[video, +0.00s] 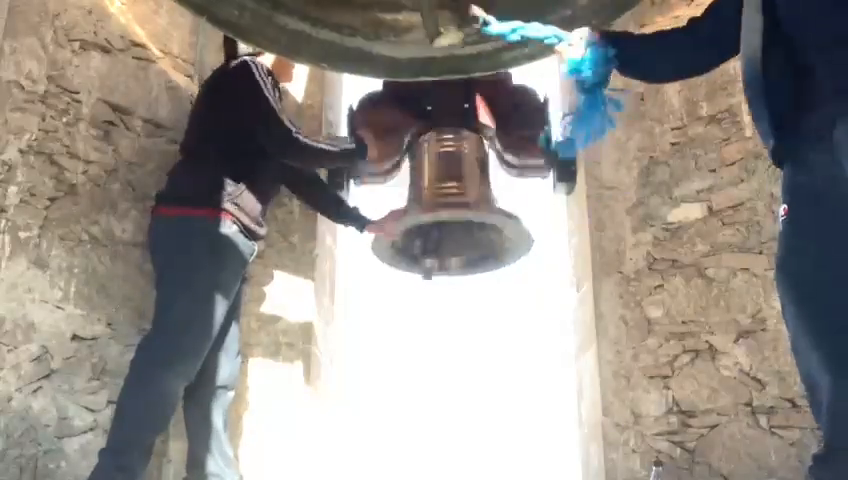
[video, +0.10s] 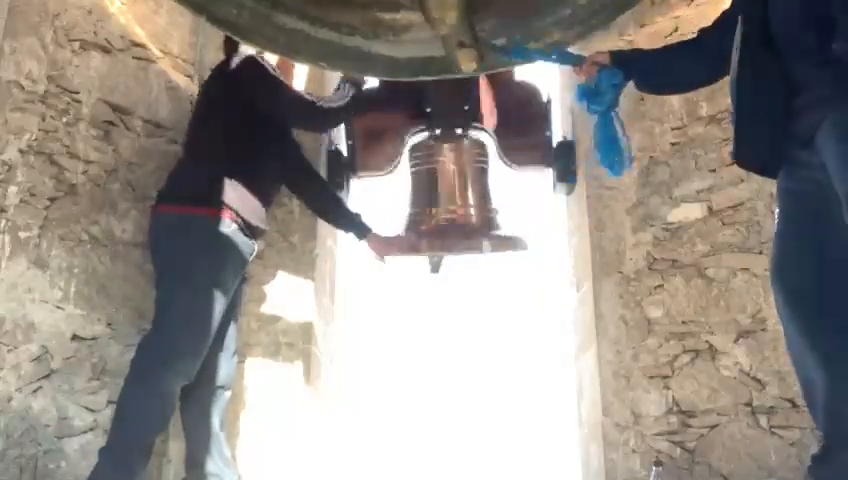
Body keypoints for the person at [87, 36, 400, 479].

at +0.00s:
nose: (303, 64)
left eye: (305, 55)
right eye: (299, 52)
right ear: (276, 46)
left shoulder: (269, 109)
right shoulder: (247, 71)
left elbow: (304, 181)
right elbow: (287, 146)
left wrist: (366, 223)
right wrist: (362, 148)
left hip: (229, 241)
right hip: (202, 229)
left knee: (217, 379)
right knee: (171, 361)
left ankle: (215, 472)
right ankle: (118, 470)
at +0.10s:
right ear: (268, 50)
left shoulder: (265, 123)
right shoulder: (246, 70)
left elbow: (305, 180)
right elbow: (313, 115)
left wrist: (366, 232)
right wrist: (374, 95)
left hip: (232, 243)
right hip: (202, 226)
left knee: (214, 379)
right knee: (174, 360)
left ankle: (213, 471)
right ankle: (117, 470)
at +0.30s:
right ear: (266, 37)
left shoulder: (266, 95)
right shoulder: (249, 68)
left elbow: (279, 183)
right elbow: (329, 71)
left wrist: (318, 251)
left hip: (239, 243)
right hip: (208, 229)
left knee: (216, 382)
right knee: (176, 360)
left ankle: (213, 471)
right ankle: (118, 471)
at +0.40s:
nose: (303, 69)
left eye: (305, 62)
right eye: (296, 59)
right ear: (269, 52)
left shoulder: (272, 110)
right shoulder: (246, 72)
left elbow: (275, 184)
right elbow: (318, 100)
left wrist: (285, 248)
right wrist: (364, 62)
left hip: (243, 243)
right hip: (213, 227)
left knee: (217, 382)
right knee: (182, 358)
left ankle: (215, 472)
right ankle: (118, 471)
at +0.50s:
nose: (312, 88)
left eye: (315, 81)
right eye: (309, 77)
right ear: (289, 65)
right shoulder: (258, 76)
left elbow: (261, 189)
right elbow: (282, 136)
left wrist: (268, 250)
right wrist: (357, 128)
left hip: (241, 241)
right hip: (215, 227)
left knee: (221, 377)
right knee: (188, 358)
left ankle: (215, 471)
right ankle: (118, 470)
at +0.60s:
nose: (318, 84)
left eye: (320, 74)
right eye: (316, 71)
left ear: (290, 65)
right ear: (297, 63)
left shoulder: (274, 99)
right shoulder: (267, 81)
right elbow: (292, 154)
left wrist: (279, 234)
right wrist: (361, 199)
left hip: (239, 240)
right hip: (216, 228)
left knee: (223, 378)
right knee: (184, 357)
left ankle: (217, 471)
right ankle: (119, 471)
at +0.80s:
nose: (312, 84)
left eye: (313, 80)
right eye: (311, 74)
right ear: (298, 64)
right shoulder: (269, 78)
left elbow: (258, 199)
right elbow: (319, 146)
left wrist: (306, 191)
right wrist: (375, 219)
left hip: (241, 243)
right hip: (210, 226)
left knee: (217, 379)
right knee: (177, 355)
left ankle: (215, 472)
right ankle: (116, 470)